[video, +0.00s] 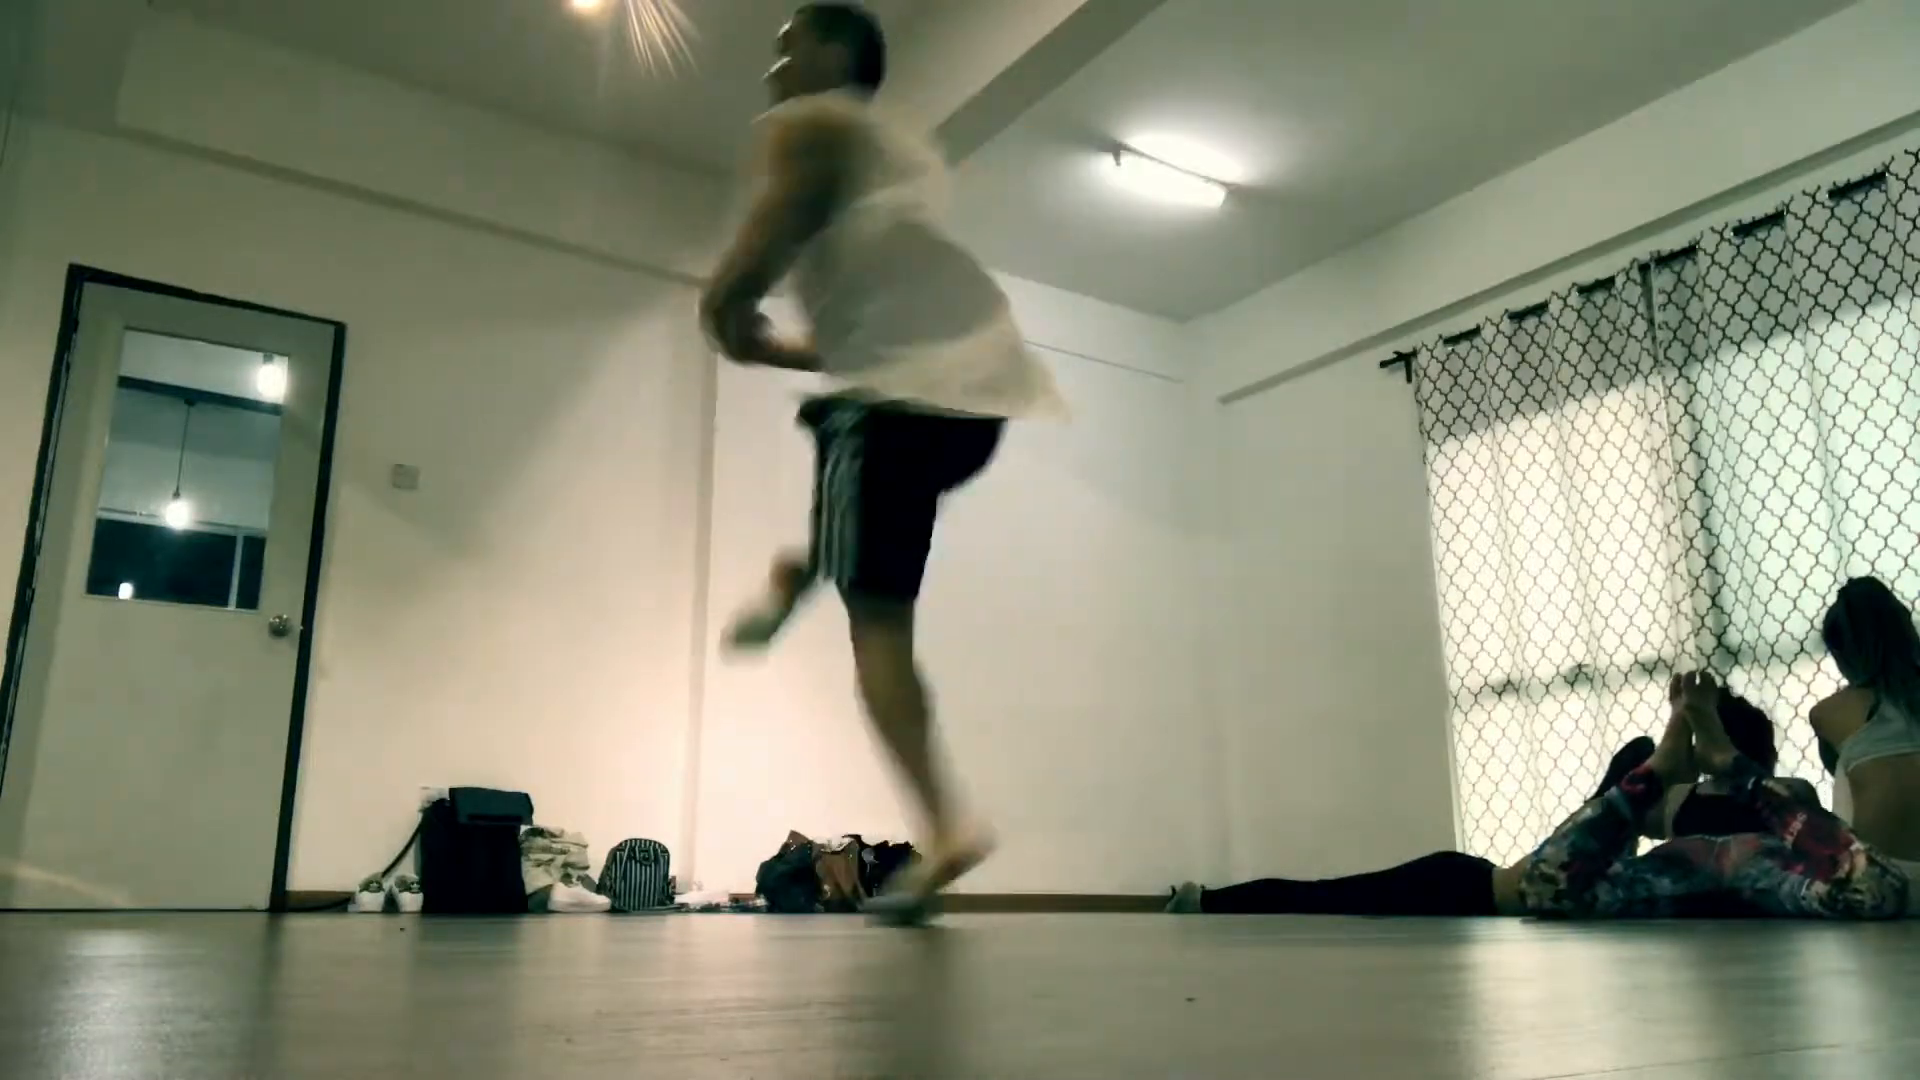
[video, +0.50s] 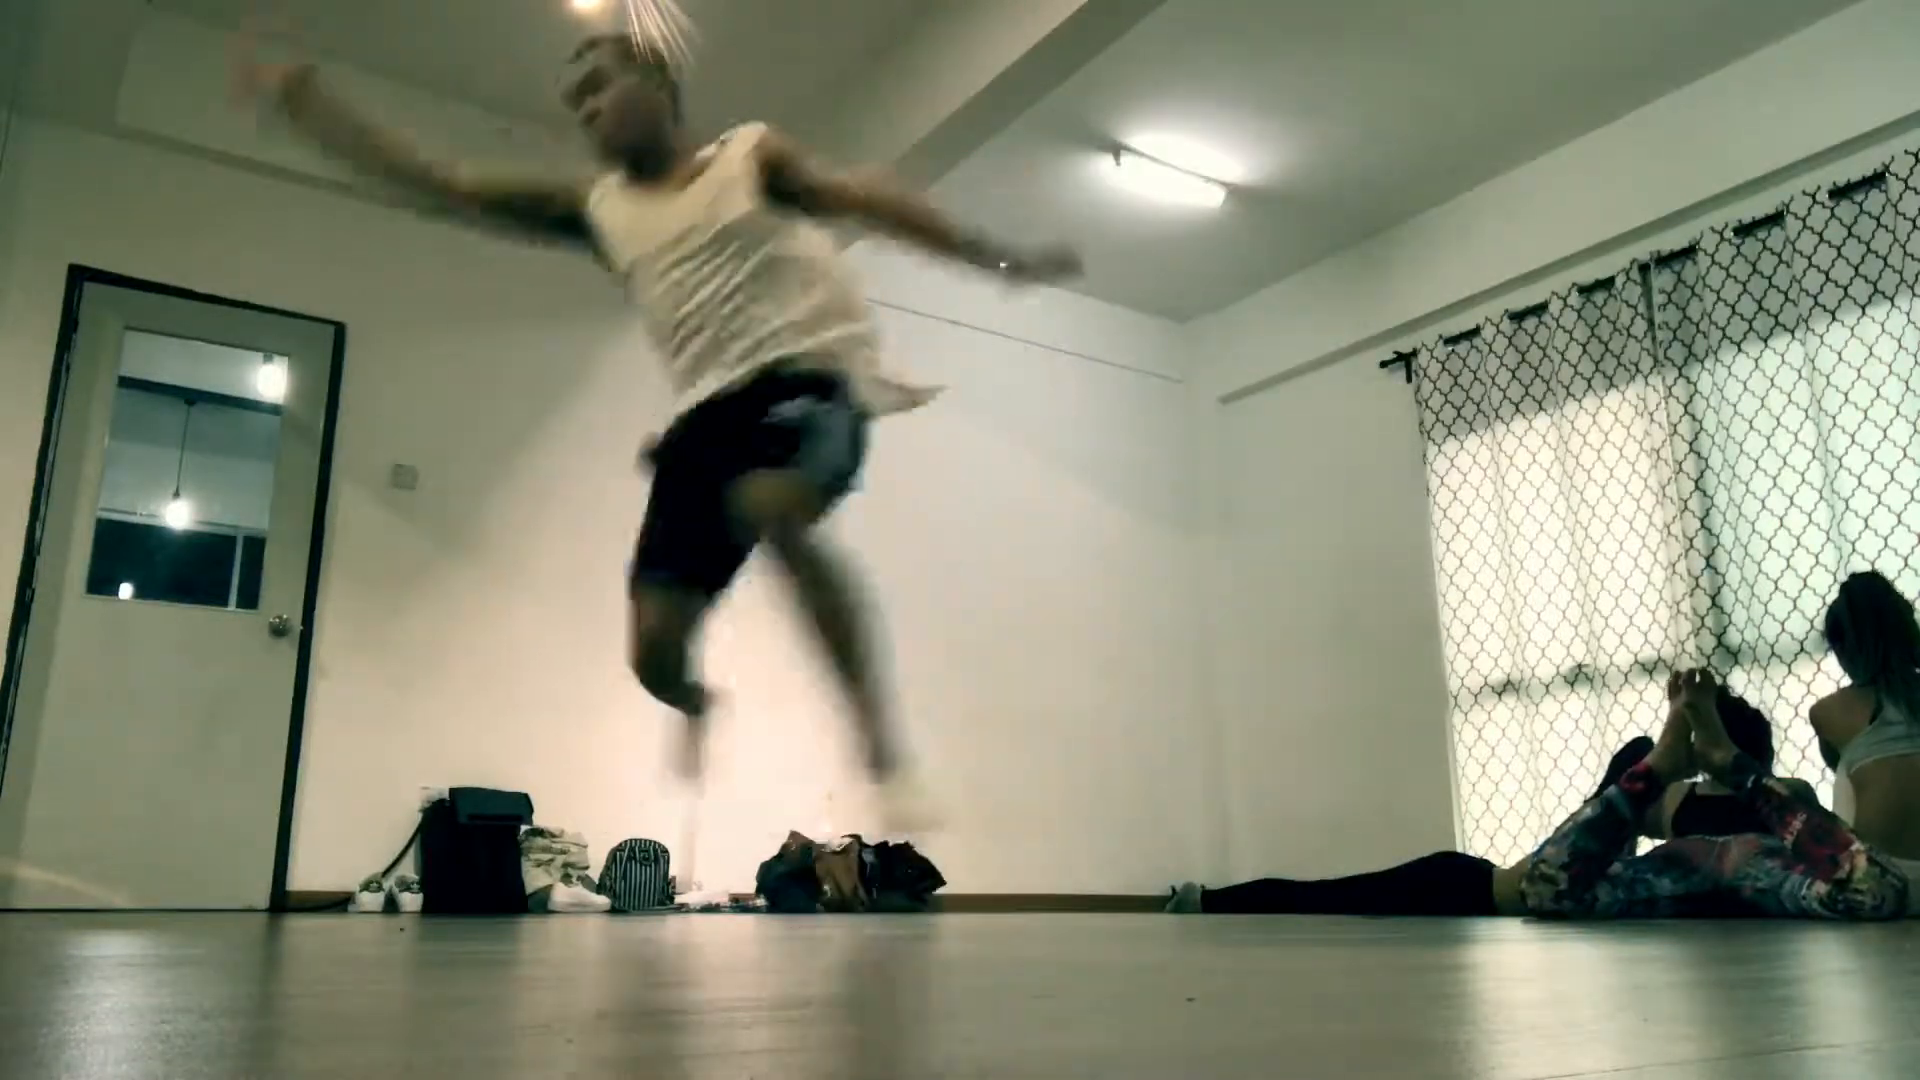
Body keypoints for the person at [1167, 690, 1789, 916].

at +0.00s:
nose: (1675, 728)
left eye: (1693, 726)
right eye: (1684, 720)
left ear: (1721, 751)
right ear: (1705, 745)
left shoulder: (1667, 803)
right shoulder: (1645, 791)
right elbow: (1644, 786)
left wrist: (1694, 720)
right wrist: (1686, 718)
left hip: (1482, 887)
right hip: (1476, 879)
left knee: (1336, 898)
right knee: (1333, 894)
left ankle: (1208, 902)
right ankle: (1206, 900)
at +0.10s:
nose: (1676, 729)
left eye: (1695, 728)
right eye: (1685, 721)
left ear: (1726, 748)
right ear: (1702, 740)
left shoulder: (1695, 805)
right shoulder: (1648, 785)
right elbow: (1643, 794)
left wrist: (1696, 732)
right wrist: (1685, 729)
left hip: (1487, 888)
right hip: (1479, 879)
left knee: (1337, 898)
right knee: (1333, 894)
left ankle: (1211, 902)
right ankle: (1208, 900)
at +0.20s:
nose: (1675, 717)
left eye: (1690, 714)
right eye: (1676, 709)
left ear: (1721, 735)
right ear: (1688, 725)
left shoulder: (1720, 799)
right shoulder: (1647, 775)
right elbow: (1629, 806)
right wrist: (1681, 730)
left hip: (1505, 893)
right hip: (1489, 878)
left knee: (1344, 902)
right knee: (1338, 894)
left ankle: (1215, 903)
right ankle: (1210, 901)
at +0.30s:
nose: (1672, 718)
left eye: (1686, 715)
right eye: (1674, 710)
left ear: (1718, 734)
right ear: (1693, 727)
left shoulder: (1712, 799)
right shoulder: (1649, 777)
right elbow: (1633, 798)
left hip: (1501, 890)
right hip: (1485, 878)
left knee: (1340, 901)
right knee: (1335, 894)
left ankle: (1212, 903)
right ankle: (1208, 901)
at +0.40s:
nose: (1678, 724)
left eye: (1693, 721)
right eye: (1680, 715)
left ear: (1720, 737)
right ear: (1697, 732)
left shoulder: (1693, 804)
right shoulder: (1645, 783)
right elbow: (1651, 784)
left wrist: (1698, 721)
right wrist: (1684, 717)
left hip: (1492, 887)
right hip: (1482, 879)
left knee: (1339, 898)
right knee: (1334, 893)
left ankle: (1211, 900)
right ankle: (1206, 900)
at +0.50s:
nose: (1682, 726)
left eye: (1698, 724)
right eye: (1689, 718)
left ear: (1720, 740)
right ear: (1704, 733)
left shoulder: (1702, 802)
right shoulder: (1652, 781)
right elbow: (1645, 790)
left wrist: (1690, 721)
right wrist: (1681, 718)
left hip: (1497, 889)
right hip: (1488, 880)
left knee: (1340, 900)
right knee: (1336, 895)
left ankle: (1212, 902)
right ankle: (1208, 900)